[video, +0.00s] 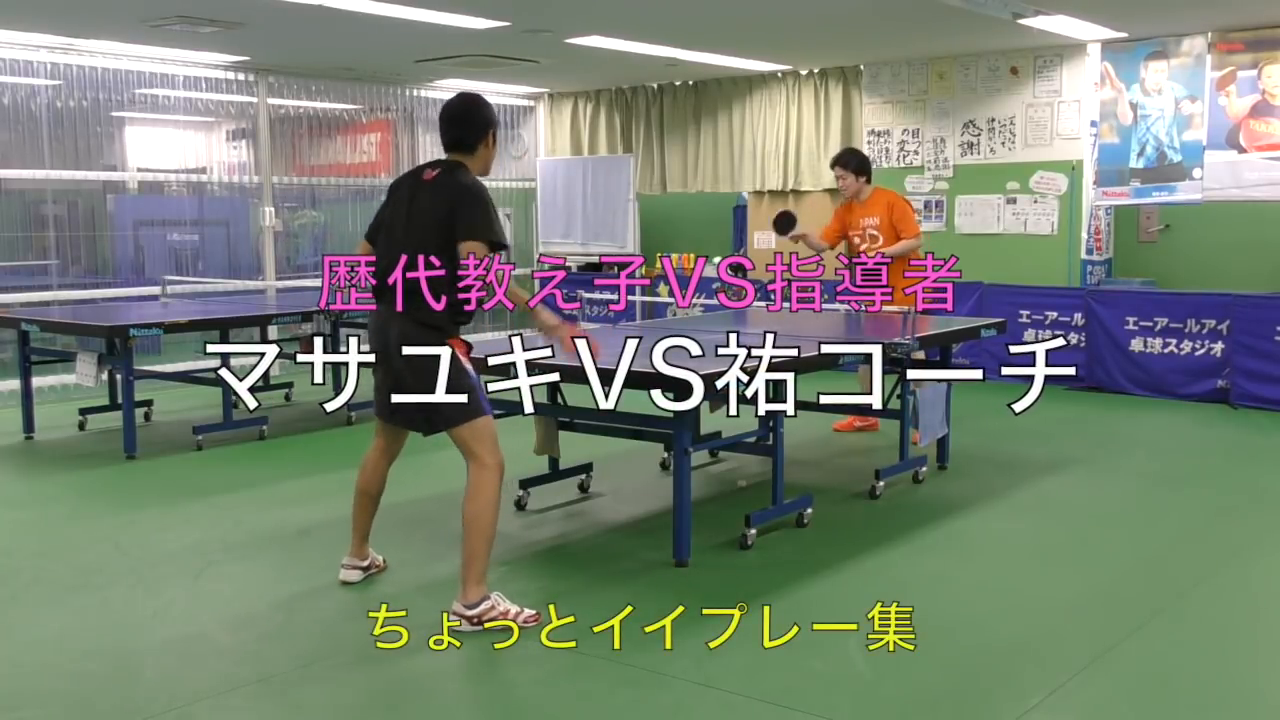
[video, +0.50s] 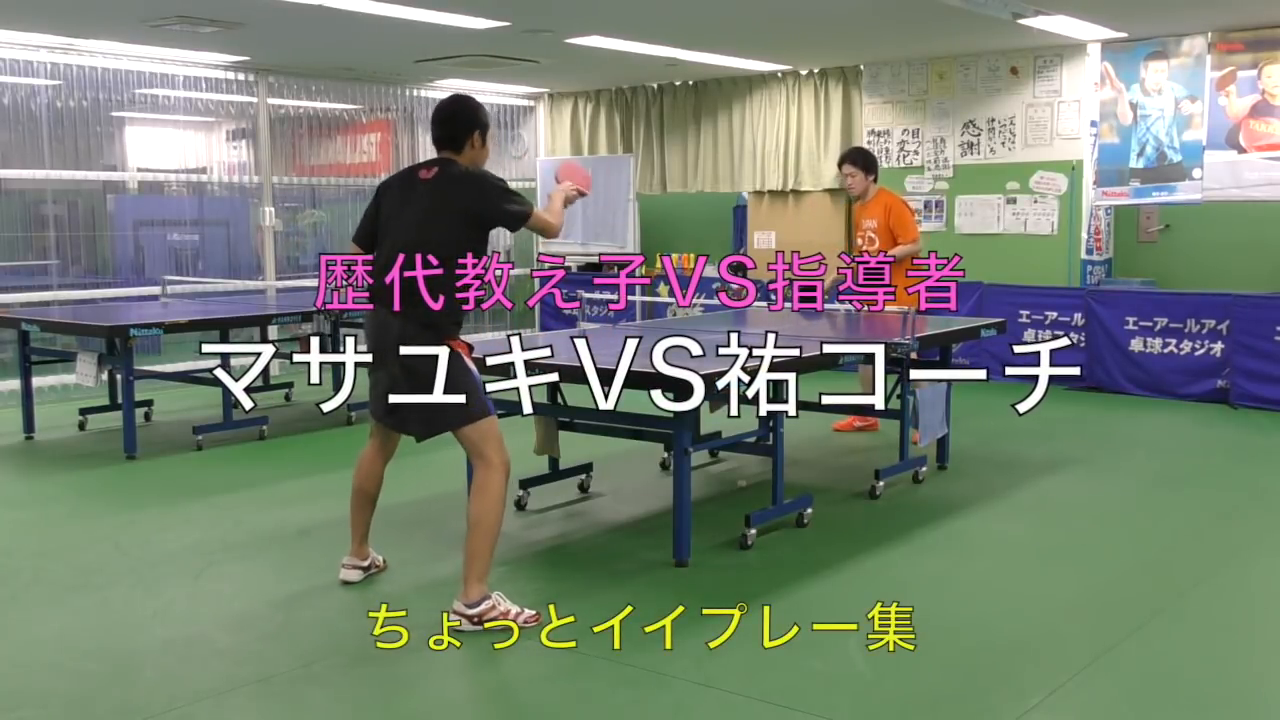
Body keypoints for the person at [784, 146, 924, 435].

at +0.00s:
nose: (839, 184)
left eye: (843, 177)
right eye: (837, 178)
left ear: (861, 176)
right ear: (841, 178)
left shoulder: (893, 202)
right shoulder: (844, 211)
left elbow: (914, 241)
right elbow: (824, 245)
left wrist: (882, 252)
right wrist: (805, 237)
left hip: (904, 295)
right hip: (869, 297)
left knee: (914, 359)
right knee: (866, 355)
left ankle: (923, 420)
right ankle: (867, 413)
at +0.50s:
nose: (847, 182)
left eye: (852, 176)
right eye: (844, 177)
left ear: (870, 175)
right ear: (843, 177)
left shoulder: (892, 203)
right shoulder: (858, 208)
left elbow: (913, 245)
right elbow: (860, 254)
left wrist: (882, 258)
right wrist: (835, 279)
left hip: (900, 298)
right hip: (870, 298)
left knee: (912, 359)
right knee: (866, 354)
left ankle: (926, 417)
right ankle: (867, 413)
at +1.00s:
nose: (850, 173)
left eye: (856, 166)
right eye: (846, 168)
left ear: (873, 167)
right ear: (844, 171)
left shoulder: (898, 197)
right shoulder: (846, 207)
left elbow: (920, 237)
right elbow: (834, 249)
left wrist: (886, 246)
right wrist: (821, 248)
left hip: (904, 295)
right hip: (867, 297)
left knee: (913, 357)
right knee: (866, 354)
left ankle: (923, 419)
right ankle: (866, 413)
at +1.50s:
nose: (842, 185)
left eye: (846, 179)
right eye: (840, 179)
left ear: (864, 178)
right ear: (848, 180)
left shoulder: (895, 204)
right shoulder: (851, 211)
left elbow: (916, 243)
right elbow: (837, 251)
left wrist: (888, 254)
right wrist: (802, 260)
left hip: (905, 298)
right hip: (872, 298)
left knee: (914, 360)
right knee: (869, 355)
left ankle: (925, 420)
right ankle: (867, 413)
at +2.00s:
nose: (855, 172)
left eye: (861, 166)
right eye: (852, 167)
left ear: (877, 167)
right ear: (849, 170)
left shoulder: (897, 198)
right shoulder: (855, 206)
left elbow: (918, 238)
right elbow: (852, 249)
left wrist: (886, 244)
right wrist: (834, 271)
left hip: (901, 295)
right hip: (869, 296)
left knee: (911, 359)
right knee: (869, 354)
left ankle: (924, 418)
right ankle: (867, 413)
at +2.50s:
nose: (856, 176)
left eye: (861, 170)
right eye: (854, 171)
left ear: (879, 171)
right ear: (854, 172)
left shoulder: (906, 201)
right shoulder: (856, 205)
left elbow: (925, 241)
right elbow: (843, 246)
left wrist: (898, 249)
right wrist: (832, 231)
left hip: (909, 296)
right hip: (874, 297)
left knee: (914, 360)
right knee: (871, 354)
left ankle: (922, 420)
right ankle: (866, 413)